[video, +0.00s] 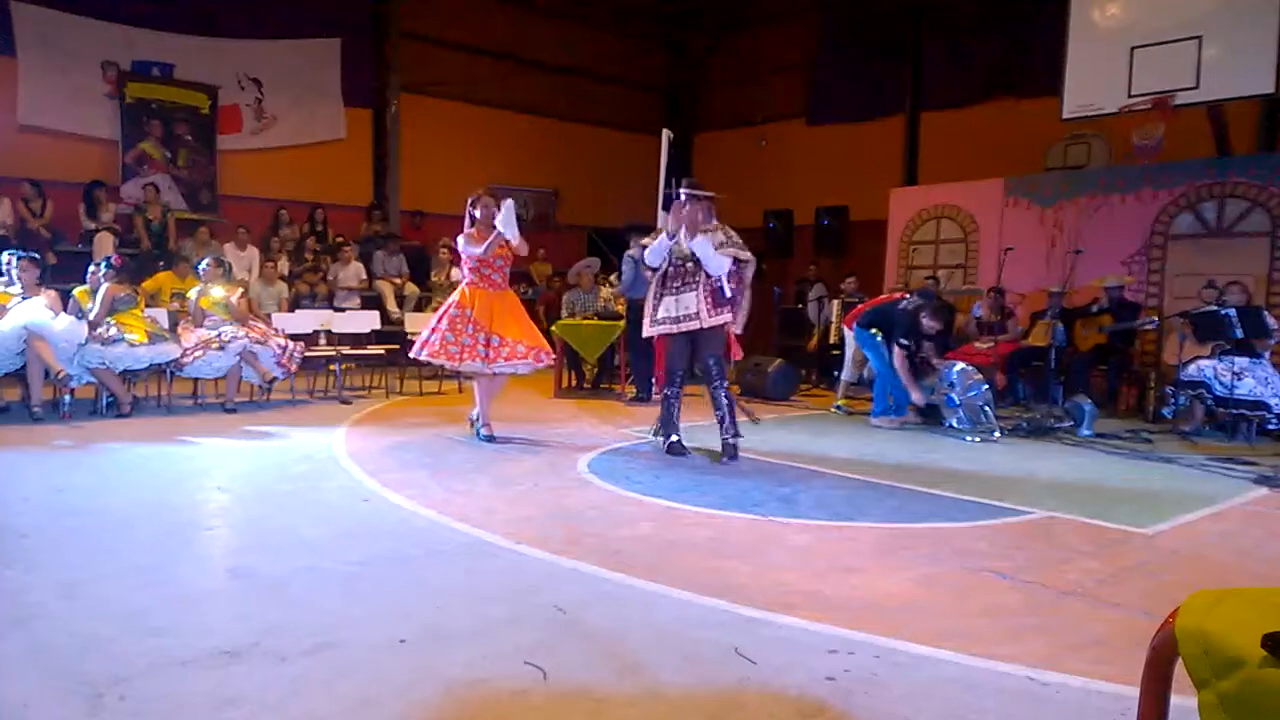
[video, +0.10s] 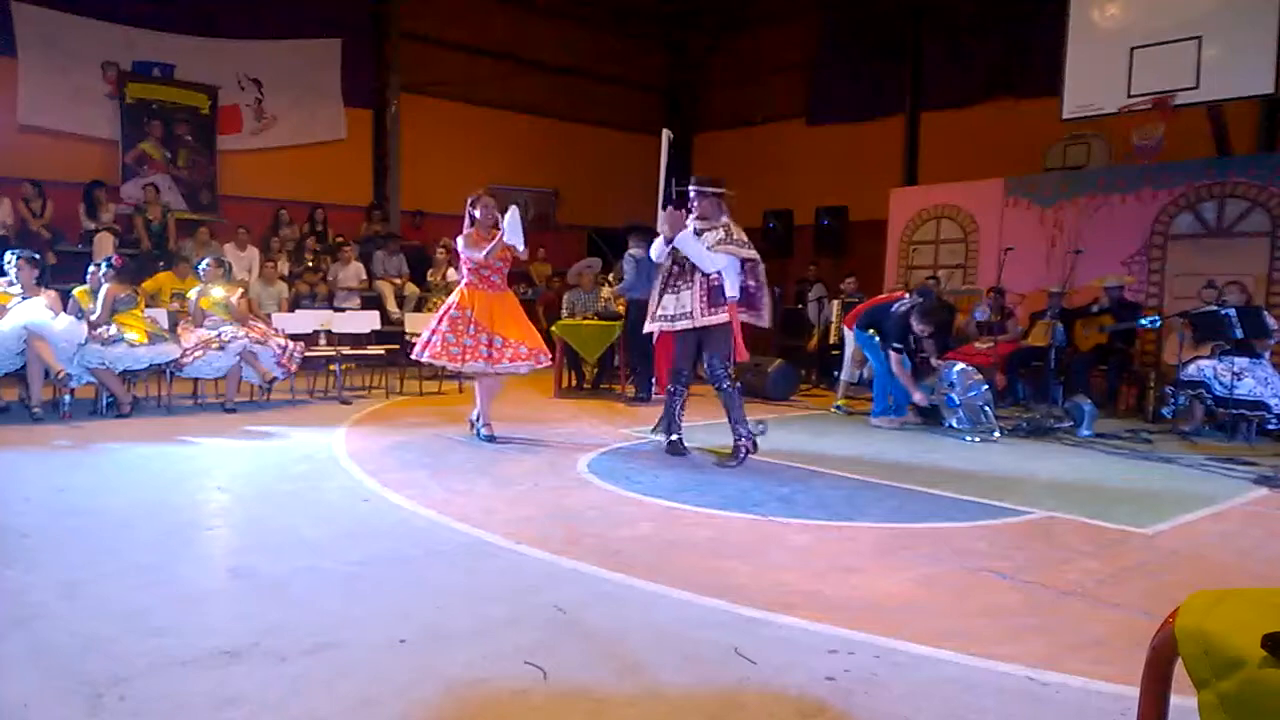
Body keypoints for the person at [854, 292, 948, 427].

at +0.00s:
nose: (933, 333)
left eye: (937, 330)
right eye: (931, 328)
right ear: (923, 316)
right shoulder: (906, 320)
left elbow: (928, 346)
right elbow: (899, 359)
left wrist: (934, 360)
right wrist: (913, 391)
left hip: (885, 332)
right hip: (867, 330)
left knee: (897, 369)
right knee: (884, 370)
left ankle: (901, 411)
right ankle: (880, 414)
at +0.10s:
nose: (925, 336)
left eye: (929, 333)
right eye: (922, 331)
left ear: (935, 327)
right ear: (912, 320)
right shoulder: (899, 321)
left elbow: (927, 339)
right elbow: (896, 365)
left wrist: (932, 356)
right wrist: (914, 392)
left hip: (886, 330)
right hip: (866, 331)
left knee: (904, 365)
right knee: (882, 368)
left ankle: (901, 411)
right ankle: (880, 413)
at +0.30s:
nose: (912, 340)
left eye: (916, 337)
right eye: (909, 337)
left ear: (922, 331)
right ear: (900, 328)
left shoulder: (920, 315)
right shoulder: (889, 328)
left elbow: (923, 334)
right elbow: (892, 368)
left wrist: (921, 354)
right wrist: (914, 394)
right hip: (866, 331)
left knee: (906, 366)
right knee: (881, 368)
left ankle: (900, 410)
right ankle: (880, 413)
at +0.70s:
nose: (911, 344)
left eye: (915, 340)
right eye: (907, 340)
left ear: (922, 333)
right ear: (898, 332)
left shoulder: (919, 316)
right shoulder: (888, 332)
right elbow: (896, 373)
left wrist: (909, 355)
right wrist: (926, 387)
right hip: (864, 331)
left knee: (903, 366)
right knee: (880, 366)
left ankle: (899, 411)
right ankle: (879, 414)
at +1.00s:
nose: (919, 338)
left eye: (922, 335)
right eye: (916, 334)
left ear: (926, 328)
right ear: (906, 326)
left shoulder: (921, 315)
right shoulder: (896, 330)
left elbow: (914, 340)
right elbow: (902, 367)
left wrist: (906, 356)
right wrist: (930, 383)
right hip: (869, 333)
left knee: (896, 370)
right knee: (881, 368)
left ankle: (898, 410)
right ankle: (879, 414)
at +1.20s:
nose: (927, 334)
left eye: (930, 331)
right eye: (925, 330)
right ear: (917, 321)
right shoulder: (899, 324)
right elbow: (902, 364)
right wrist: (929, 383)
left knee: (894, 368)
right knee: (881, 368)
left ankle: (898, 410)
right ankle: (880, 413)